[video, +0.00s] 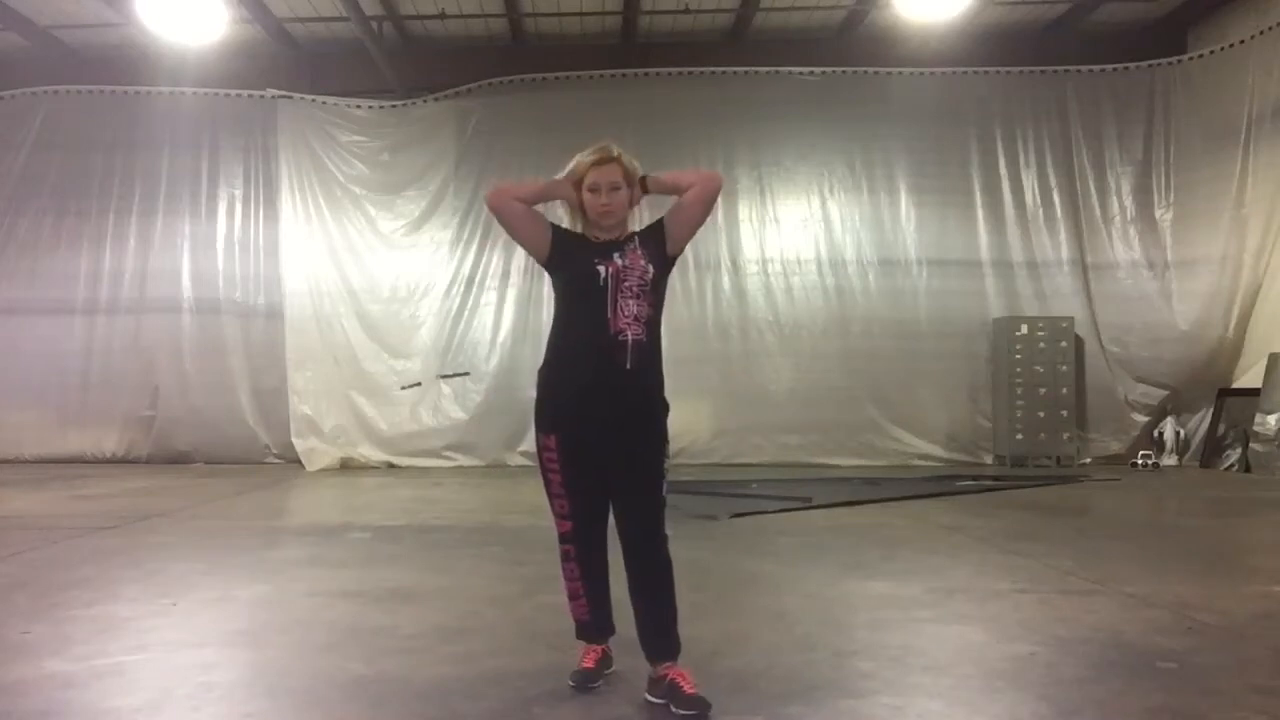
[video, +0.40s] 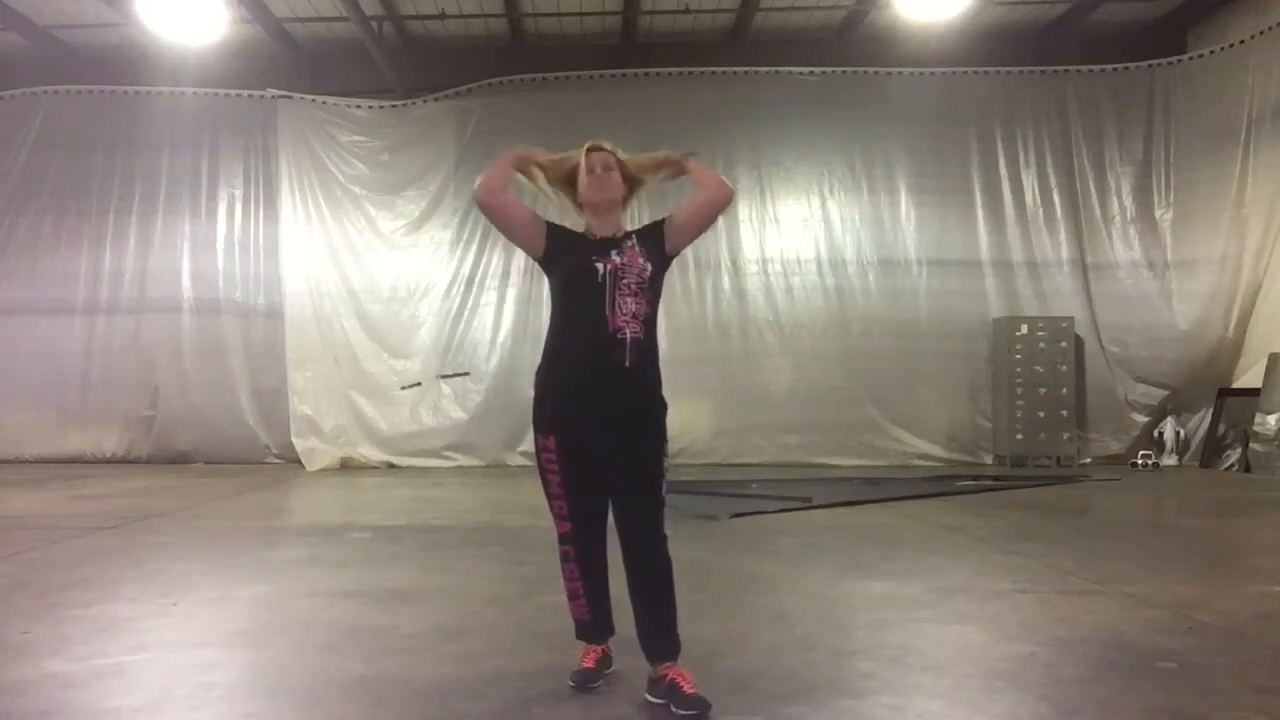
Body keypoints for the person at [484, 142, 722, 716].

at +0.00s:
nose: (606, 199)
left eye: (615, 189)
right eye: (595, 190)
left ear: (633, 194)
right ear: (578, 198)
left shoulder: (655, 247)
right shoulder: (561, 251)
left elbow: (710, 183)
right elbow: (498, 198)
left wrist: (646, 183)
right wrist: (559, 189)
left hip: (637, 416)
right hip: (567, 417)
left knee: (647, 540)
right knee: (580, 538)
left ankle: (665, 663)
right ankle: (593, 645)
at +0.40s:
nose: (597, 173)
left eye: (607, 166)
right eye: (587, 168)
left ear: (626, 185)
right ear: (575, 188)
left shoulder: (653, 242)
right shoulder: (556, 245)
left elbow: (717, 192)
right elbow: (489, 192)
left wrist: (679, 161)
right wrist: (522, 156)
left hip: (635, 412)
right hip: (565, 413)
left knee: (646, 538)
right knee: (579, 537)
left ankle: (665, 663)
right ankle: (593, 645)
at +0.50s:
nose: (596, 174)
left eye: (605, 168)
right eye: (585, 170)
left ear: (622, 186)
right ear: (573, 190)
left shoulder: (654, 244)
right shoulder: (555, 244)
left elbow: (731, 234)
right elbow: (476, 221)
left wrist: (742, 173)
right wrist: (459, 156)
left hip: (637, 411)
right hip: (567, 413)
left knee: (647, 538)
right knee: (579, 536)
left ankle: (665, 664)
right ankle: (594, 646)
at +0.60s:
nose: (599, 169)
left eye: (608, 167)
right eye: (587, 169)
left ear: (625, 189)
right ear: (573, 195)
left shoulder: (653, 247)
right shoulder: (556, 252)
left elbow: (721, 288)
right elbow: (478, 279)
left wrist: (779, 247)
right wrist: (424, 222)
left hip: (637, 413)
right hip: (568, 415)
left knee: (646, 537)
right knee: (579, 536)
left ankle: (665, 665)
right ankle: (593, 646)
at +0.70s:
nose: (596, 169)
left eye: (606, 166)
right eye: (586, 168)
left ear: (624, 186)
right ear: (573, 192)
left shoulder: (654, 248)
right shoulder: (559, 256)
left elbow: (700, 320)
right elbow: (507, 321)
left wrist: (749, 343)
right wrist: (445, 326)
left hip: (638, 413)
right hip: (569, 416)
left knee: (645, 536)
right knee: (579, 536)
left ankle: (665, 665)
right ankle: (593, 646)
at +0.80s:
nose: (595, 166)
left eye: (604, 162)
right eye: (583, 166)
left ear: (623, 184)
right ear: (571, 193)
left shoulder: (655, 246)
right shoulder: (559, 257)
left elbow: (681, 328)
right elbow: (526, 338)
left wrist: (703, 397)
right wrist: (473, 391)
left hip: (638, 415)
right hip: (568, 419)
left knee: (645, 537)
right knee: (578, 537)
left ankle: (664, 665)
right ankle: (592, 646)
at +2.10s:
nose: (630, 162)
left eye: (640, 156)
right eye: (619, 161)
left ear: (662, 175)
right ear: (608, 186)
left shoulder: (692, 240)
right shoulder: (592, 247)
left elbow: (725, 315)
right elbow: (561, 319)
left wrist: (718, 374)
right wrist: (555, 384)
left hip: (677, 407)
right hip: (607, 406)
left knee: (670, 527)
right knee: (604, 526)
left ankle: (662, 642)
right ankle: (598, 643)